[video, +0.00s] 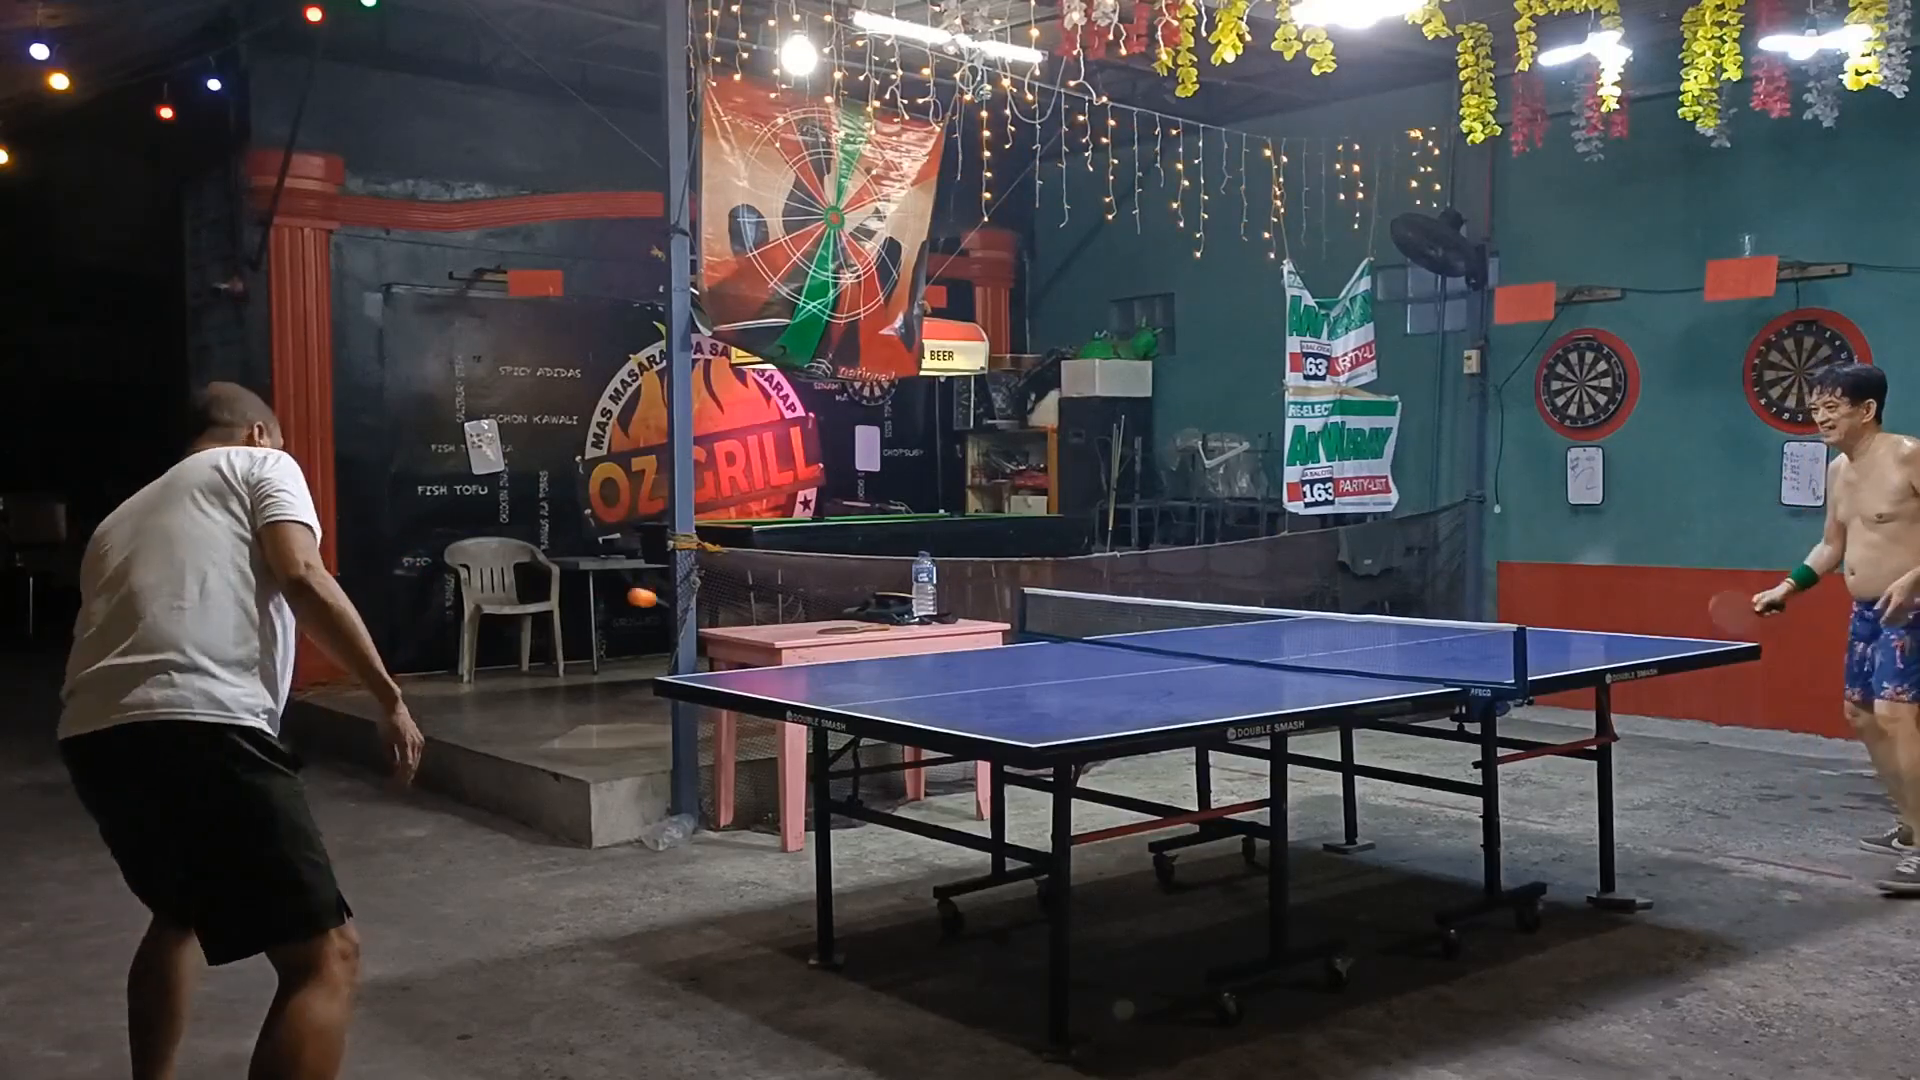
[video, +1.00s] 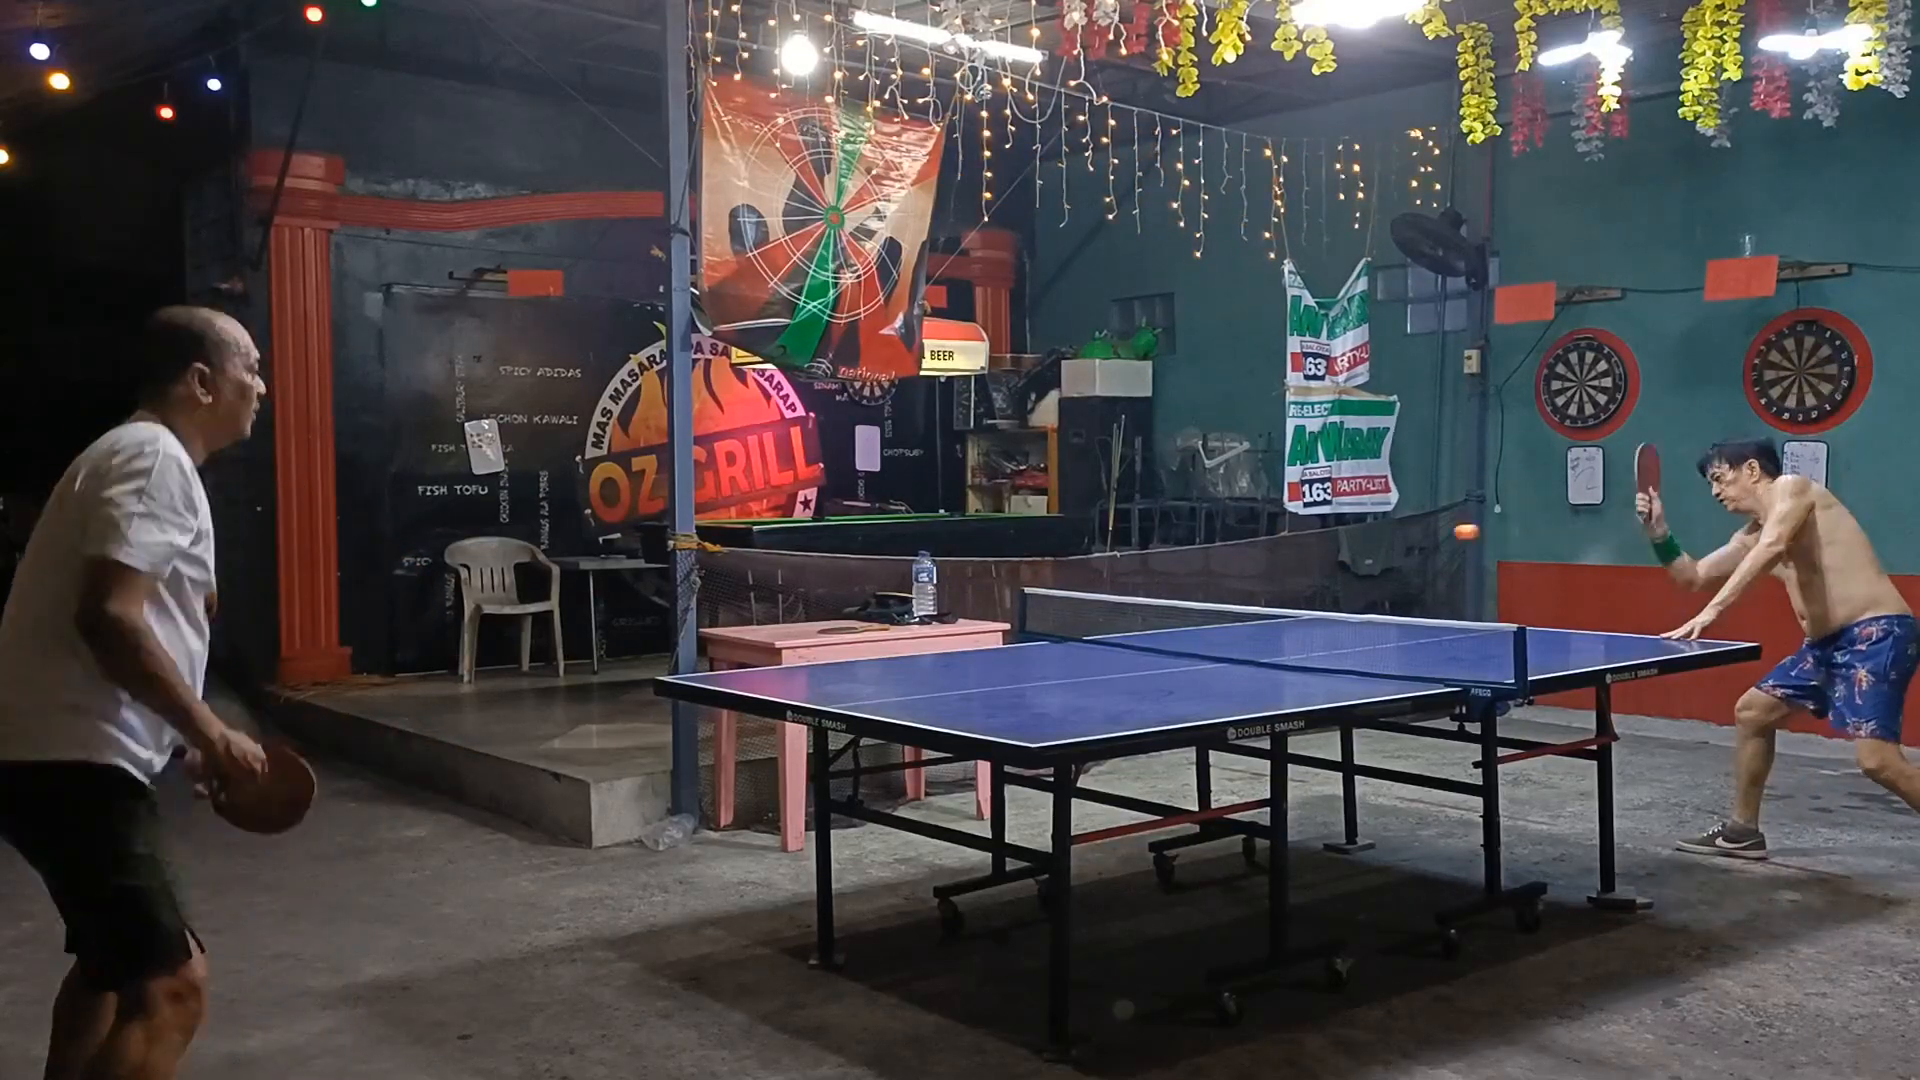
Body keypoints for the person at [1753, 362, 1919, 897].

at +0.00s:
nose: (1821, 420)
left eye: (1830, 409)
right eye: (1816, 411)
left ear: (1866, 409)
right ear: (1816, 414)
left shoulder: (1907, 456)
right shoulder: (1839, 470)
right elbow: (1832, 544)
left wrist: (1913, 580)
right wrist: (1787, 587)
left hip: (1906, 610)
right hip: (1864, 612)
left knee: (1895, 714)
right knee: (1861, 714)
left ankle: (1917, 844)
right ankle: (1911, 823)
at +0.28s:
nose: (1830, 424)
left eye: (1841, 413)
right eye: (1826, 415)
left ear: (1877, 416)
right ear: (1824, 419)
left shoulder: (1904, 462)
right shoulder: (1864, 474)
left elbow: (1915, 544)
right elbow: (1870, 545)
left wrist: (1845, 584)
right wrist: (1811, 582)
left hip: (1912, 622)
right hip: (1877, 623)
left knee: (1919, 728)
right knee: (1825, 704)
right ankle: (1881, 810)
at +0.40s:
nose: (1814, 426)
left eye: (1824, 415)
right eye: (1812, 417)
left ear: (1861, 416)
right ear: (1851, 418)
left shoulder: (1888, 459)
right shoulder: (1861, 466)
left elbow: (1879, 537)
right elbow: (1878, 541)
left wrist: (1791, 571)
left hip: (1908, 625)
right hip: (1871, 625)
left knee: (1918, 731)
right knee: (1819, 706)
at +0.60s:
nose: (1770, 450)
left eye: (1778, 438)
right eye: (1768, 441)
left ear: (1814, 437)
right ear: (1812, 441)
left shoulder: (1835, 470)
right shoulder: (1828, 488)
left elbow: (1798, 534)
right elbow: (1839, 569)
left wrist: (1717, 586)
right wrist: (1772, 579)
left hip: (1888, 627)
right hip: (1843, 632)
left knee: (1900, 752)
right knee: (1787, 717)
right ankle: (1748, 828)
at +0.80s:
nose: (1719, 503)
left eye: (1722, 491)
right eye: (1715, 495)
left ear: (1751, 480)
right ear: (1749, 485)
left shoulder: (1785, 493)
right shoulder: (1793, 535)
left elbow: (1773, 545)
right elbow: (1812, 625)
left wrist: (1715, 610)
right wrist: (1760, 642)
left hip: (1879, 636)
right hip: (1835, 647)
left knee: (1882, 762)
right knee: (1760, 712)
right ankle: (1745, 829)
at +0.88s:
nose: (1719, 508)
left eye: (1720, 496)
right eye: (1715, 501)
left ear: (1748, 480)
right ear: (1748, 486)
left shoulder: (1789, 492)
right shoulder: (1781, 541)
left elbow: (1772, 547)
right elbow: (1761, 618)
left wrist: (1711, 608)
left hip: (1878, 636)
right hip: (1829, 649)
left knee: (1880, 763)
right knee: (1752, 712)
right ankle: (1743, 828)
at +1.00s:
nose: (1716, 493)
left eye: (1720, 479)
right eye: (1713, 484)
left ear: (1751, 470)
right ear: (1749, 476)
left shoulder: (1792, 488)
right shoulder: (1754, 536)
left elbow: (1772, 545)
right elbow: (1693, 577)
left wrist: (1713, 609)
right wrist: (1658, 530)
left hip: (1878, 633)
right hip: (1826, 646)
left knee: (1879, 761)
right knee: (1752, 713)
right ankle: (1743, 829)